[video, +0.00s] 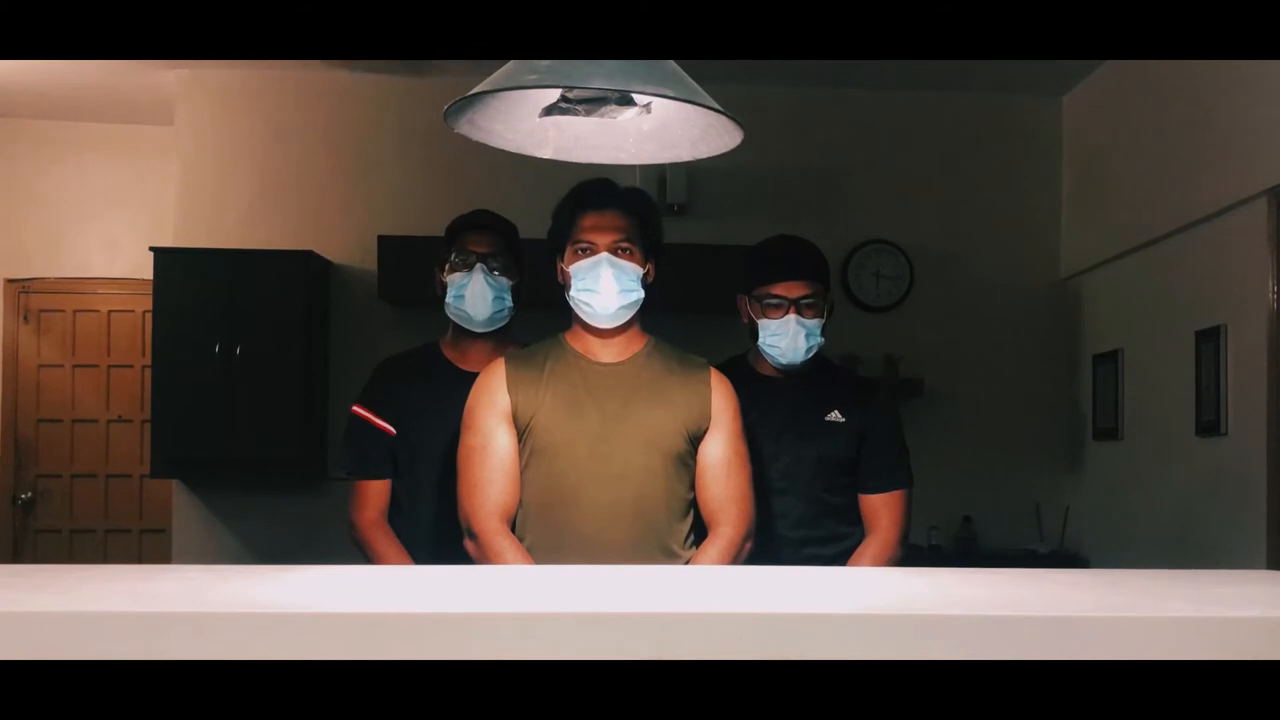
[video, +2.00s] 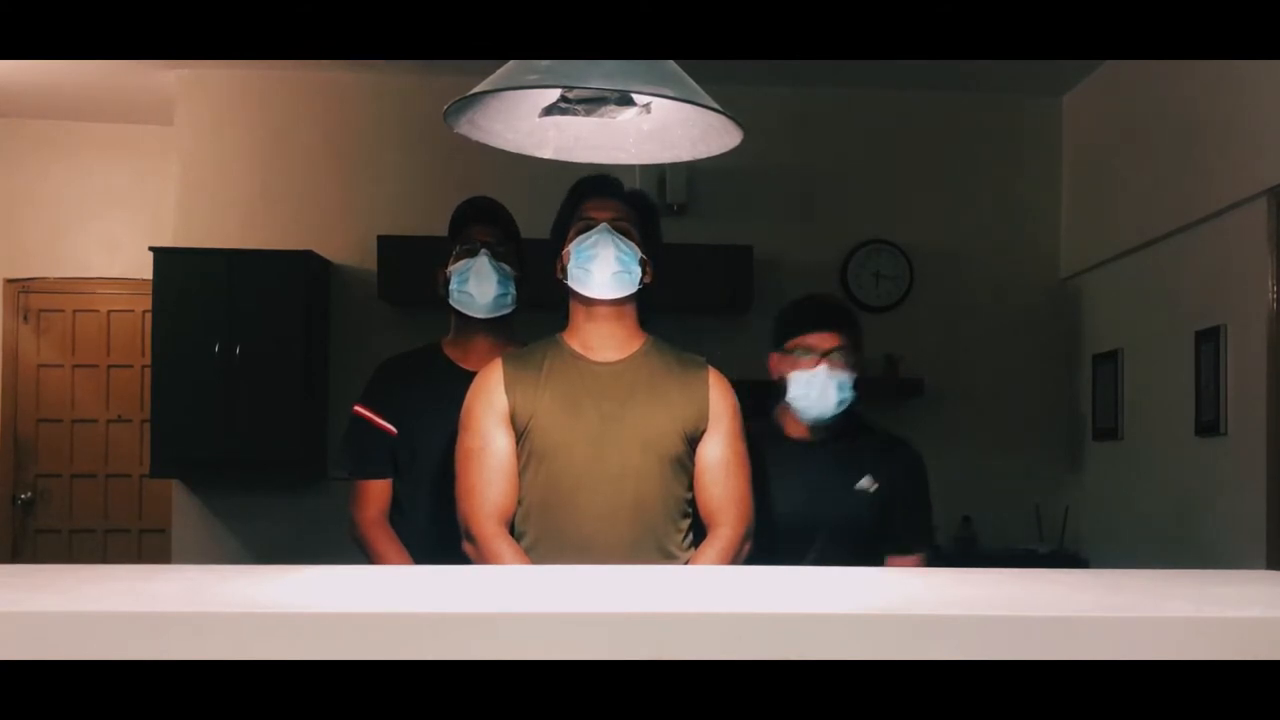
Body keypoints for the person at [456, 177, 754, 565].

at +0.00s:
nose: (603, 266)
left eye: (622, 251)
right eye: (585, 251)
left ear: (647, 270)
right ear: (562, 269)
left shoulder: (706, 389)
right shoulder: (505, 382)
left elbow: (732, 531)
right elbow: (484, 529)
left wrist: (668, 616)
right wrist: (551, 615)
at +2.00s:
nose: (603, 239)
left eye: (621, 231)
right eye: (585, 230)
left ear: (646, 267)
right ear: (562, 261)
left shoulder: (704, 388)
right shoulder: (502, 381)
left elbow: (731, 531)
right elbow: (483, 531)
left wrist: (667, 615)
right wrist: (552, 615)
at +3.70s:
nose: (600, 243)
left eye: (618, 235)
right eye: (583, 235)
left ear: (644, 270)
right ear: (560, 267)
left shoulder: (704, 390)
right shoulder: (503, 383)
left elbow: (730, 532)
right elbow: (483, 532)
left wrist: (664, 619)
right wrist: (551, 619)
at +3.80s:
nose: (601, 243)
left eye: (618, 235)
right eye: (583, 235)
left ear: (644, 270)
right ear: (560, 267)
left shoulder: (704, 389)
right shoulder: (502, 383)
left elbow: (730, 532)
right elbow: (483, 532)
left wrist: (665, 619)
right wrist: (552, 619)